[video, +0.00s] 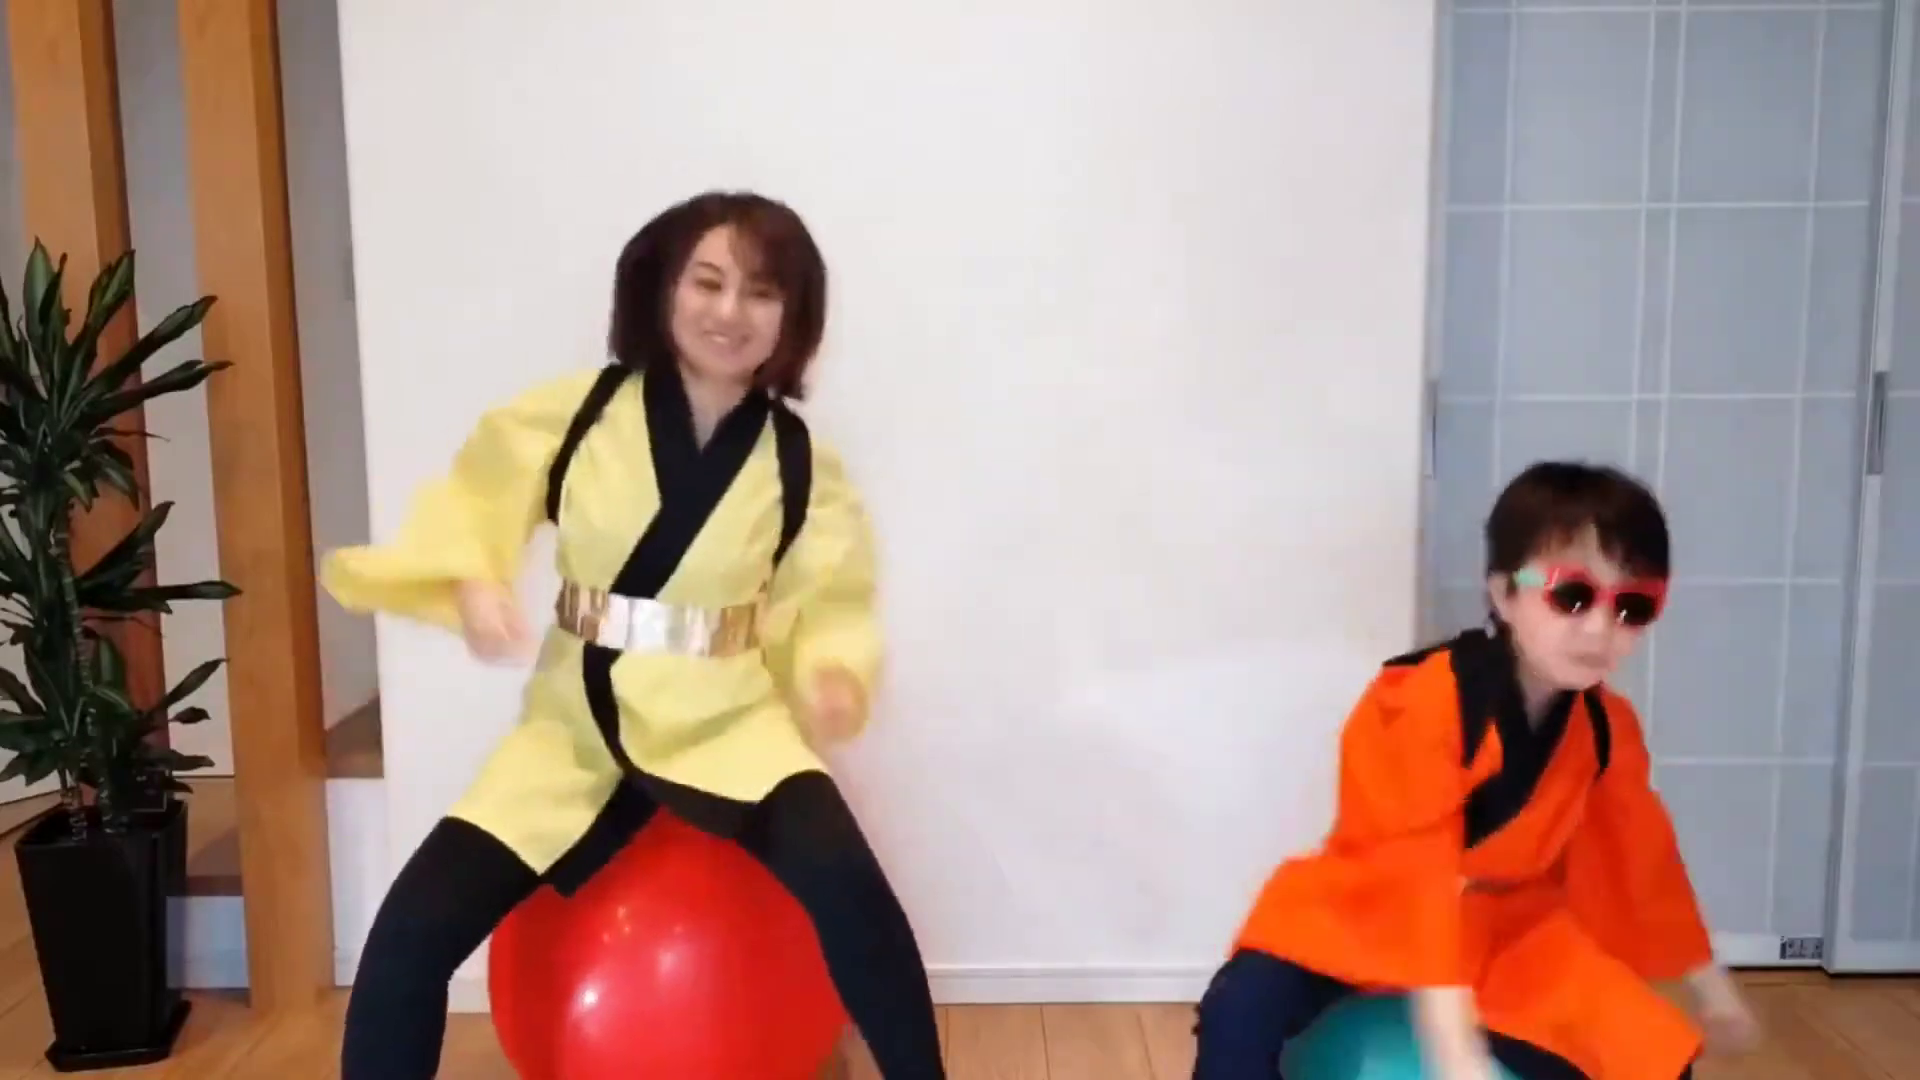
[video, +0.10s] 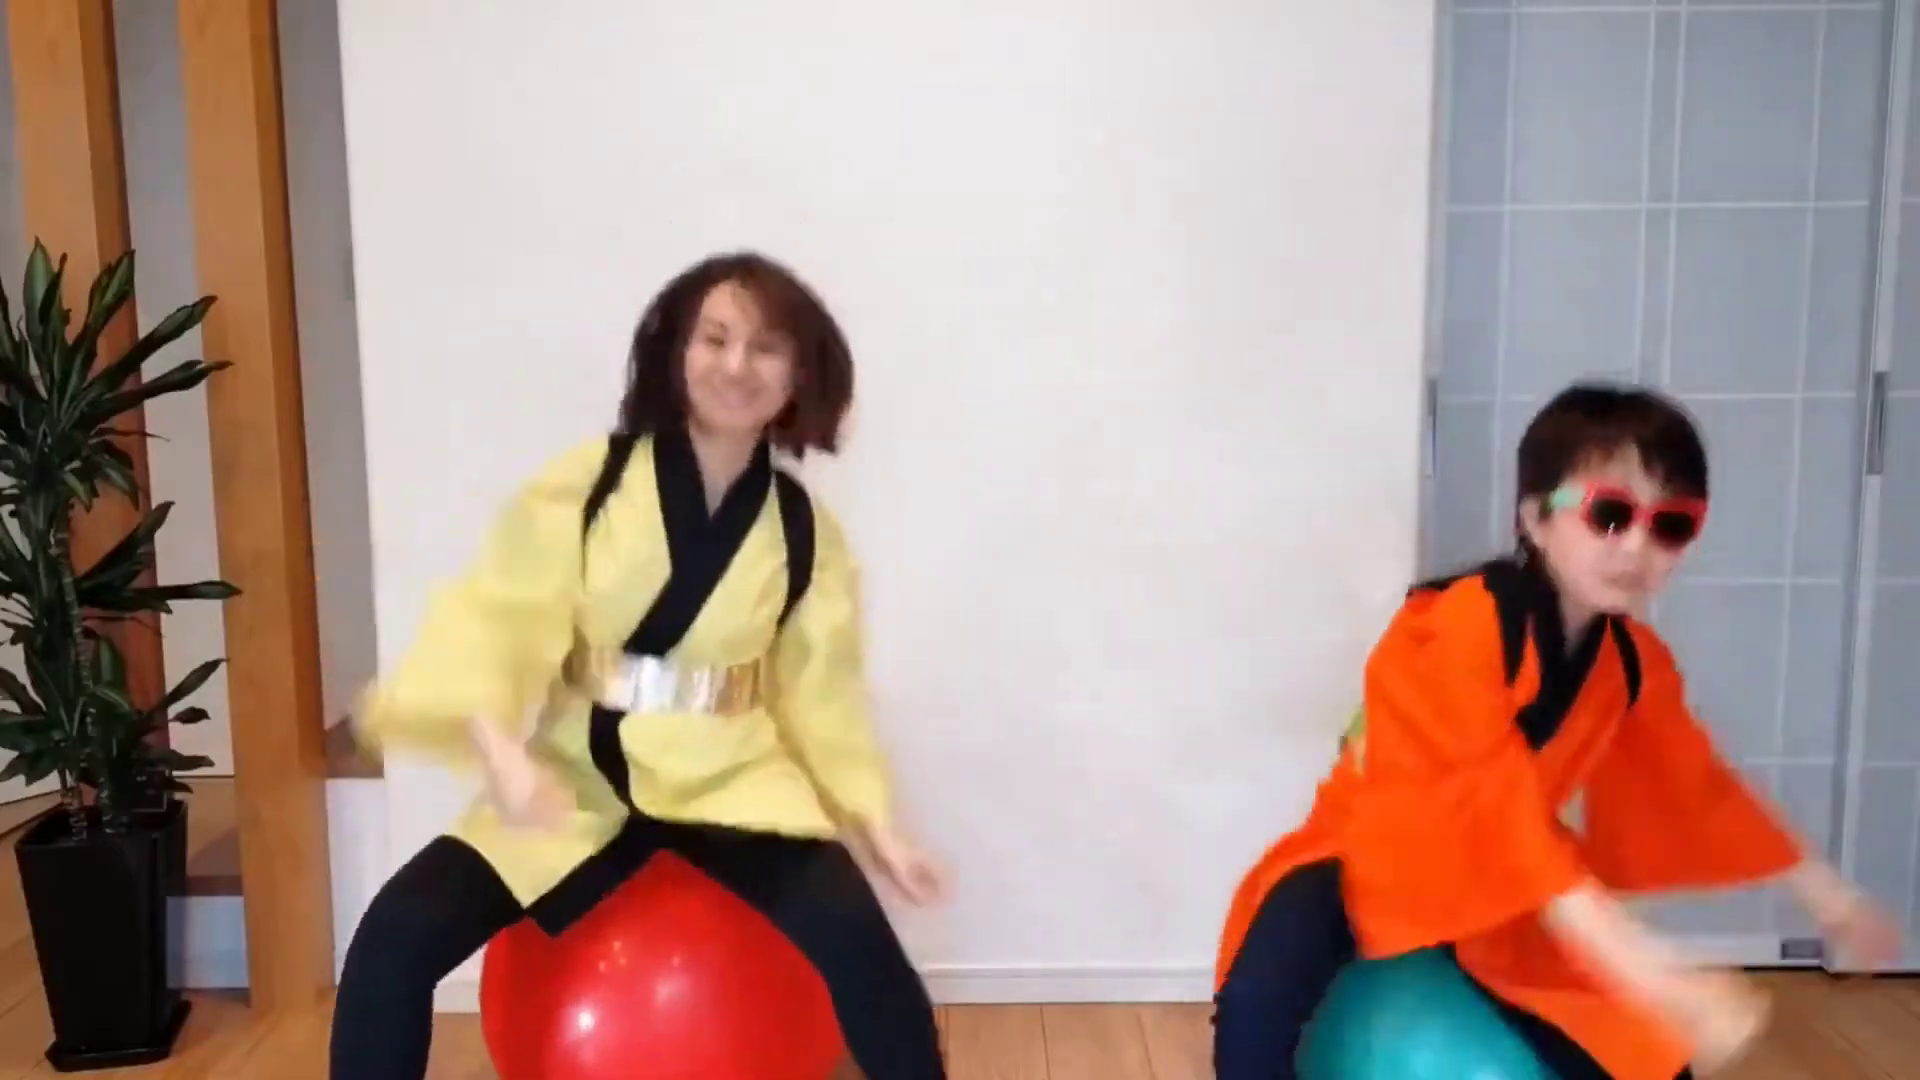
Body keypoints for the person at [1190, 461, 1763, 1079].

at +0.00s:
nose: (1602, 628)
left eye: (1631, 608)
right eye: (1574, 595)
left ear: (1648, 621)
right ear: (1503, 597)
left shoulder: (1606, 729)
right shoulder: (1415, 703)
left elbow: (1647, 868)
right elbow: (1418, 889)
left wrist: (1713, 992)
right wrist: (1458, 1058)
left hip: (1504, 929)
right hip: (1365, 910)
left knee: (1649, 1051)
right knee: (1238, 1015)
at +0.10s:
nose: (1639, 548)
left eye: (1669, 527)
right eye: (1609, 514)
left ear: (1686, 545)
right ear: (1537, 521)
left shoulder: (1633, 665)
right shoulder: (1445, 632)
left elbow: (1708, 794)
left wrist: (1828, 899)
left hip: (1504, 874)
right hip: (1362, 860)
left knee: (1613, 1047)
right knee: (1254, 1005)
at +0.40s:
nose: (1566, 505)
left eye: (1596, 482)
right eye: (1533, 480)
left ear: (1620, 496)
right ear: (1477, 503)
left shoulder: (1625, 614)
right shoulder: (1421, 619)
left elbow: (1747, 688)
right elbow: (1422, 769)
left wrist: (1838, 601)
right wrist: (1547, 638)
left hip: (1552, 863)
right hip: (1418, 851)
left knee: (1654, 1042)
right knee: (1339, 961)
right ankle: (1301, 1063)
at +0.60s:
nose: (1486, 537)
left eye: (1516, 508)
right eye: (1452, 513)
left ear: (1554, 533)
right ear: (1418, 546)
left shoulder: (1597, 660)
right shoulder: (1388, 666)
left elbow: (1709, 838)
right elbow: (1316, 835)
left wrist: (1699, 718)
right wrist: (1349, 736)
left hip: (1552, 910)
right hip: (1414, 905)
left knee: (1660, 1059)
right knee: (1313, 1041)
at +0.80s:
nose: (1453, 416)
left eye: (1482, 384)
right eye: (1419, 392)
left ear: (1527, 385)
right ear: (1388, 405)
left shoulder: (1588, 520)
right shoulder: (1374, 517)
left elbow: (1653, 658)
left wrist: (1647, 727)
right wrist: (1268, 688)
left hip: (1539, 793)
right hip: (1397, 787)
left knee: (1627, 969)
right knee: (1329, 950)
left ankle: (1666, 1070)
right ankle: (1296, 1063)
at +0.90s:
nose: (1432, 458)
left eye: (1461, 428)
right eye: (1400, 435)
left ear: (1506, 428)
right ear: (1370, 442)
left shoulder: (1561, 560)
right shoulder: (1354, 555)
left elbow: (1619, 709)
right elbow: (1304, 691)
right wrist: (1245, 782)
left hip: (1516, 820)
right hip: (1379, 811)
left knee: (1628, 988)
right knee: (1323, 952)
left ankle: (1666, 1069)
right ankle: (1267, 1066)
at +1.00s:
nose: (1401, 552)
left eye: (1432, 523)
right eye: (1372, 527)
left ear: (1483, 536)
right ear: (1347, 542)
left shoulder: (1528, 677)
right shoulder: (1333, 661)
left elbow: (1540, 851)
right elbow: (1287, 805)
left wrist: (1481, 1018)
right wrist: (1232, 918)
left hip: (1498, 909)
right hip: (1375, 892)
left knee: (1652, 1058)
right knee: (1251, 970)